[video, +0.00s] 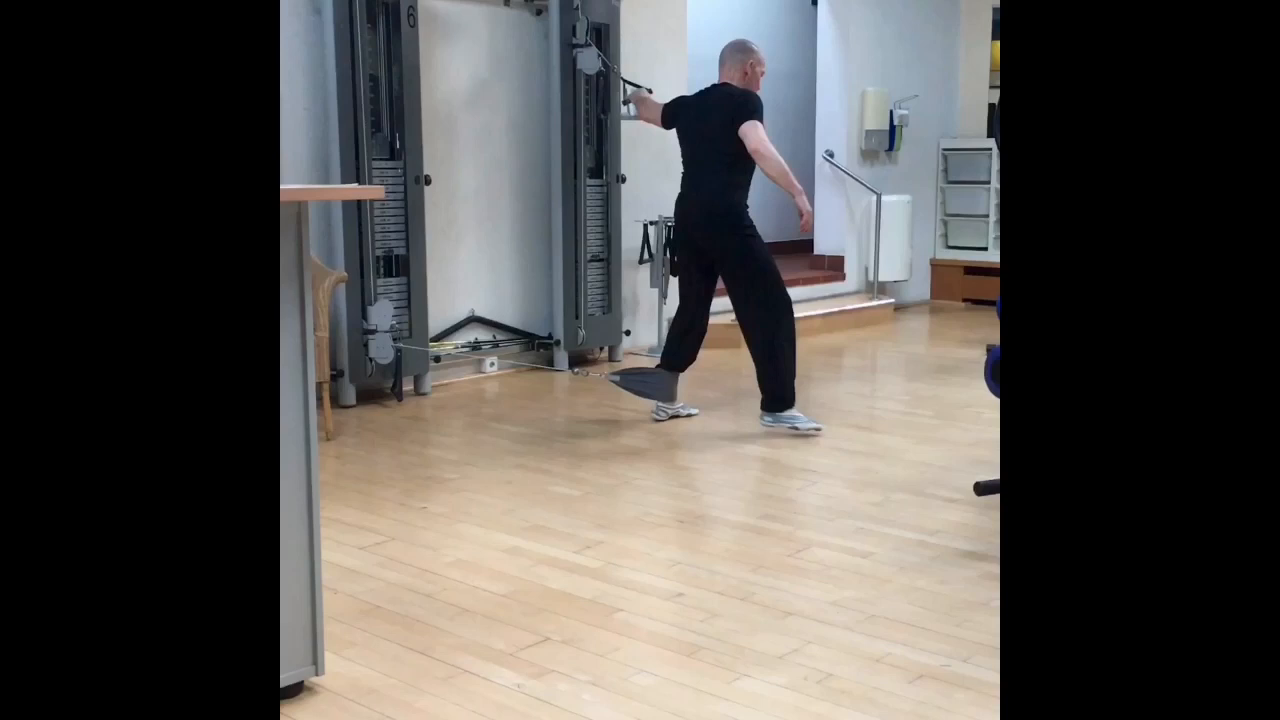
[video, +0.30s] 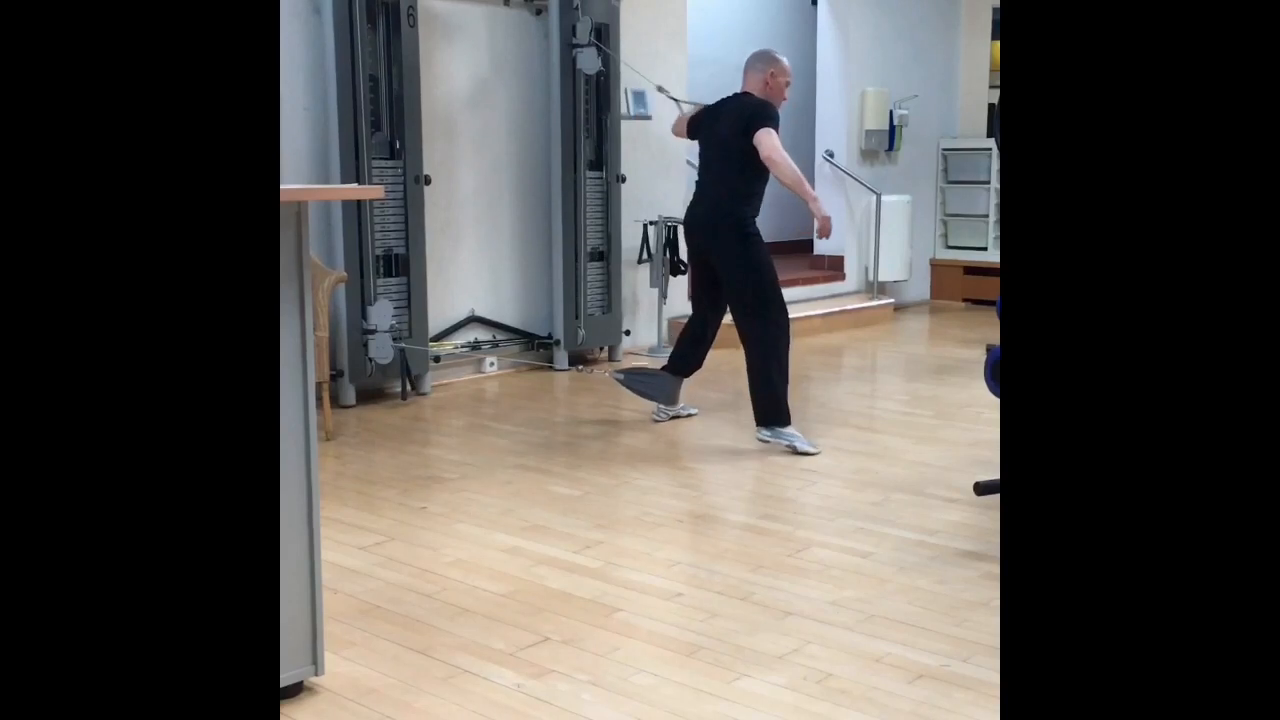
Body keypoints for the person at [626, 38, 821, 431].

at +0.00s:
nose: (763, 80)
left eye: (763, 73)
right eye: (761, 73)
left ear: (723, 69)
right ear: (748, 69)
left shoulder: (688, 105)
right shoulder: (745, 100)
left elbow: (650, 112)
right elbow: (758, 147)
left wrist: (639, 96)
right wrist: (797, 193)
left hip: (689, 223)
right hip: (728, 222)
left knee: (691, 307)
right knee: (772, 305)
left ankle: (663, 397)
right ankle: (778, 407)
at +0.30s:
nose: (787, 93)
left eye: (788, 85)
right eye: (784, 84)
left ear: (752, 79)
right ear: (767, 79)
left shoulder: (715, 111)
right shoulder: (760, 110)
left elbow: (679, 128)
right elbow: (770, 153)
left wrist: (696, 115)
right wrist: (813, 201)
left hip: (699, 225)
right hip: (733, 228)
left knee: (707, 310)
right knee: (769, 320)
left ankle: (667, 392)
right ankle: (773, 423)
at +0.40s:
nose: (796, 97)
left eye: (798, 89)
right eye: (794, 88)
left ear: (760, 84)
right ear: (771, 82)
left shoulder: (727, 113)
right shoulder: (762, 114)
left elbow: (691, 140)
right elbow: (764, 155)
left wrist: (726, 136)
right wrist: (805, 205)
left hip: (703, 228)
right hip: (733, 231)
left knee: (715, 310)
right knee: (773, 320)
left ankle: (668, 388)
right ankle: (772, 428)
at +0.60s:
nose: (806, 101)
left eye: (808, 93)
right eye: (802, 92)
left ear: (777, 86)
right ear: (779, 86)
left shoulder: (751, 119)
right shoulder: (754, 120)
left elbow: (741, 165)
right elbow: (733, 163)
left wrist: (779, 161)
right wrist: (755, 212)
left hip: (710, 235)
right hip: (726, 237)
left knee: (717, 322)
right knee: (770, 325)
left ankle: (660, 393)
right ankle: (771, 433)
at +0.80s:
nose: (808, 107)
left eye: (811, 99)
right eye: (803, 98)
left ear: (786, 93)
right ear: (777, 90)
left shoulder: (768, 135)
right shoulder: (743, 123)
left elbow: (786, 167)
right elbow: (695, 165)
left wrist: (840, 167)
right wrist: (691, 219)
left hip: (733, 248)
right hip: (713, 244)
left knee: (714, 329)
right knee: (749, 318)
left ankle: (660, 392)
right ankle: (764, 430)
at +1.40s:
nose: (809, 131)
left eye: (815, 123)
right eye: (803, 121)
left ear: (817, 120)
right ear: (778, 111)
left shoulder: (803, 158)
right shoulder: (738, 144)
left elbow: (856, 188)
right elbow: (672, 186)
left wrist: (912, 187)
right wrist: (656, 242)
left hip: (743, 262)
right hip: (707, 255)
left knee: (713, 336)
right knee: (733, 336)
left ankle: (655, 392)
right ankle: (755, 433)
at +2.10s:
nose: (807, 138)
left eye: (816, 129)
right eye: (800, 127)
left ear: (827, 119)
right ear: (781, 112)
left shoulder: (836, 145)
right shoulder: (747, 148)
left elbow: (894, 151)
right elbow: (682, 194)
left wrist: (912, 121)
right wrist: (647, 251)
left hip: (785, 257)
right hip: (739, 250)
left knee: (754, 329)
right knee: (754, 330)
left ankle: (689, 371)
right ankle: (754, 435)